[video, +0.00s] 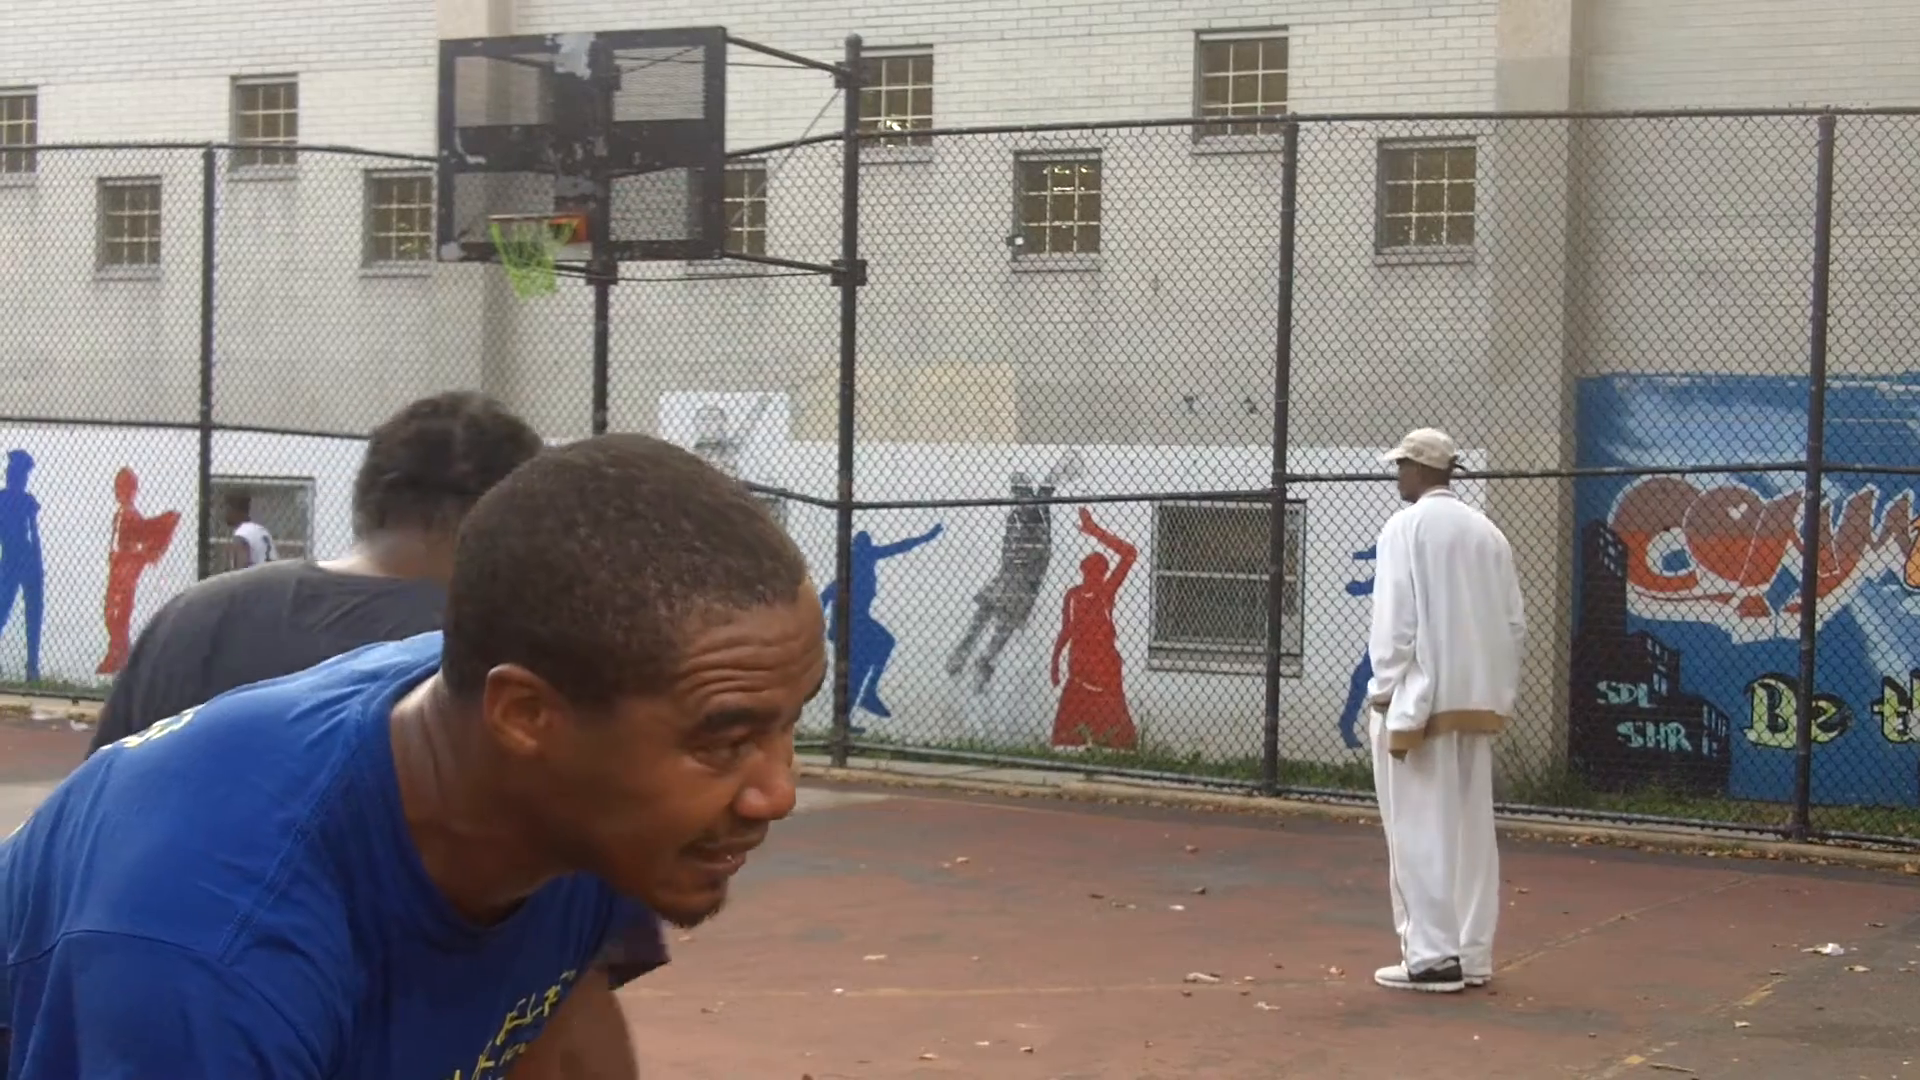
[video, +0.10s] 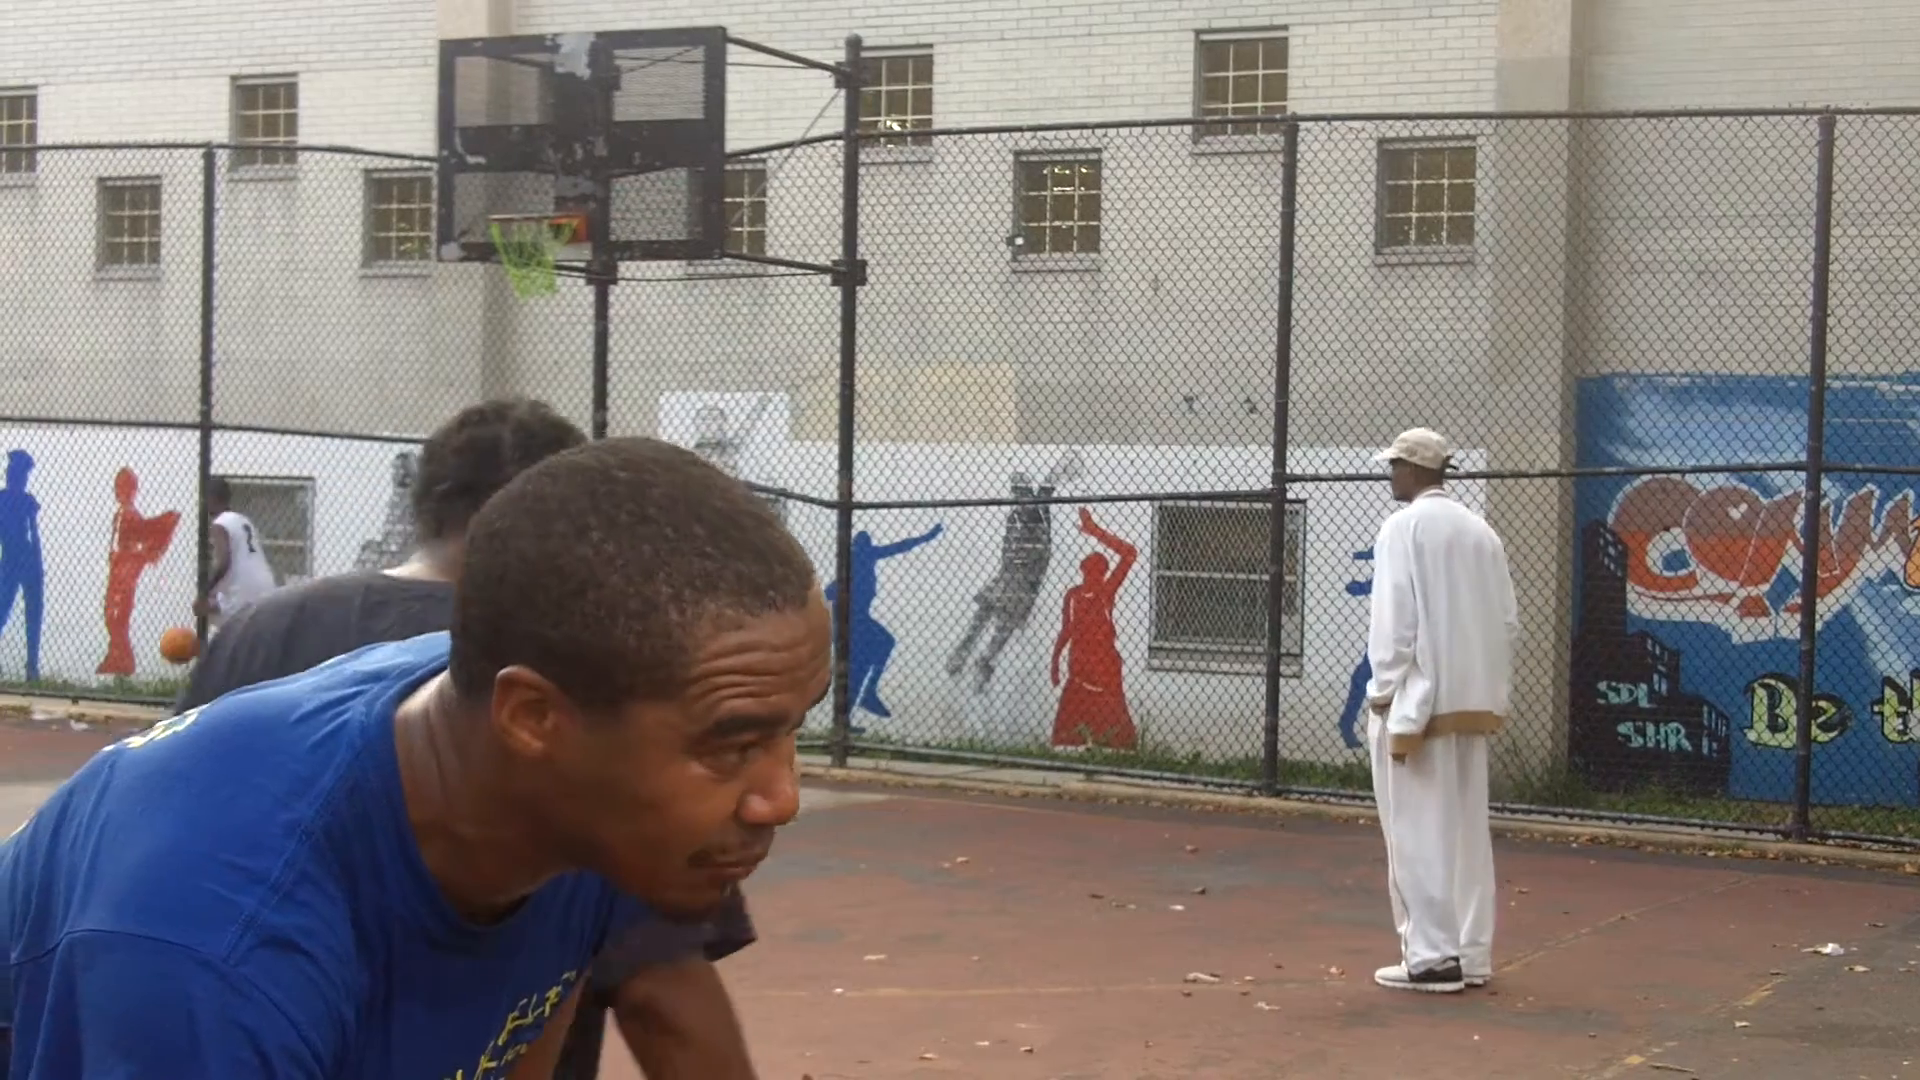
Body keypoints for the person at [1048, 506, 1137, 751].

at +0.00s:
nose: (1094, 575)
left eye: (1098, 570)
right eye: (1091, 570)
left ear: (1104, 572)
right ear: (1083, 570)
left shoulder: (1109, 590)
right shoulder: (1073, 594)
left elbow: (1129, 554)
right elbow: (1067, 629)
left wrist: (1095, 531)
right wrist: (1055, 659)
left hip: (1105, 656)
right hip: (1080, 657)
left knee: (1109, 704)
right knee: (1075, 704)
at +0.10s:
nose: (1094, 575)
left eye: (1098, 570)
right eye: (1090, 570)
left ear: (1104, 573)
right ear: (1083, 570)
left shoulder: (1109, 590)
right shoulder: (1072, 594)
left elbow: (1129, 554)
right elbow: (1067, 629)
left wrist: (1095, 531)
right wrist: (1055, 658)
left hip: (1105, 657)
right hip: (1079, 657)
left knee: (1109, 704)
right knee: (1075, 704)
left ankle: (1119, 746)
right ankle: (1068, 745)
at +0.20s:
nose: (1094, 575)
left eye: (1098, 570)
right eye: (1090, 569)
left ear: (1103, 572)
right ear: (1083, 570)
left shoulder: (1109, 590)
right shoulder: (1073, 594)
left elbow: (1129, 554)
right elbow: (1067, 629)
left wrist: (1095, 531)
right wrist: (1055, 658)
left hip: (1105, 656)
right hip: (1080, 657)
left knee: (1109, 703)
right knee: (1076, 704)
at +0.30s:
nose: (1094, 575)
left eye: (1098, 570)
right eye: (1091, 569)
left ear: (1103, 572)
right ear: (1084, 569)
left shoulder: (1109, 590)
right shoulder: (1073, 594)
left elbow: (1130, 554)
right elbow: (1067, 629)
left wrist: (1096, 531)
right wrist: (1055, 658)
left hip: (1105, 656)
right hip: (1080, 656)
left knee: (1109, 703)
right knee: (1076, 703)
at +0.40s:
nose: (1093, 575)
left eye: (1098, 570)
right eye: (1090, 569)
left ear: (1104, 572)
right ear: (1083, 570)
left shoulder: (1109, 589)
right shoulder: (1073, 594)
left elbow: (1129, 554)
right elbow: (1067, 629)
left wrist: (1096, 531)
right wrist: (1055, 658)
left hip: (1105, 657)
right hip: (1079, 657)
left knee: (1109, 704)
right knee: (1076, 704)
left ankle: (1118, 745)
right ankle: (1070, 745)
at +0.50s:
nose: (1094, 575)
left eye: (1098, 570)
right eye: (1091, 569)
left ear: (1104, 572)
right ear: (1084, 569)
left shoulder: (1109, 590)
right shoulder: (1073, 594)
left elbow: (1130, 554)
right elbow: (1067, 629)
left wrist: (1096, 531)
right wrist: (1055, 658)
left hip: (1105, 656)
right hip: (1080, 656)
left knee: (1109, 703)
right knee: (1076, 703)